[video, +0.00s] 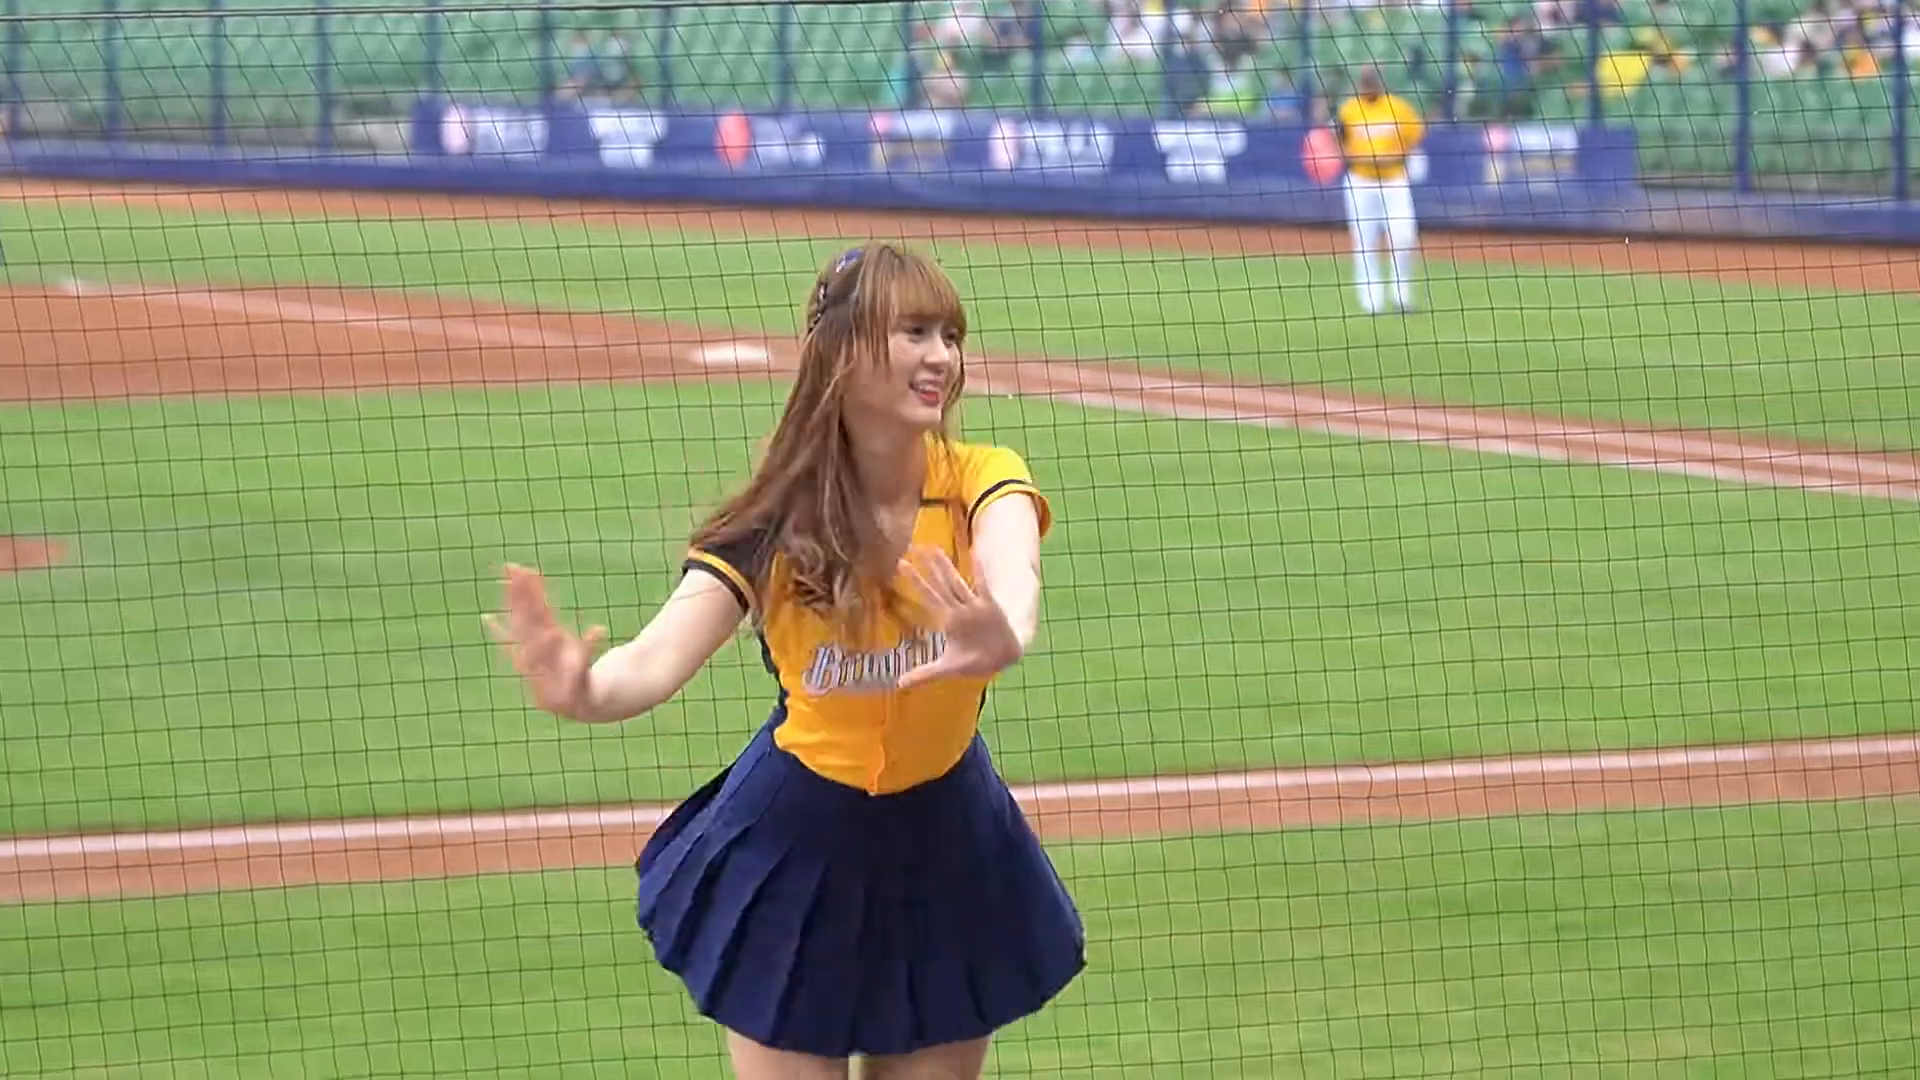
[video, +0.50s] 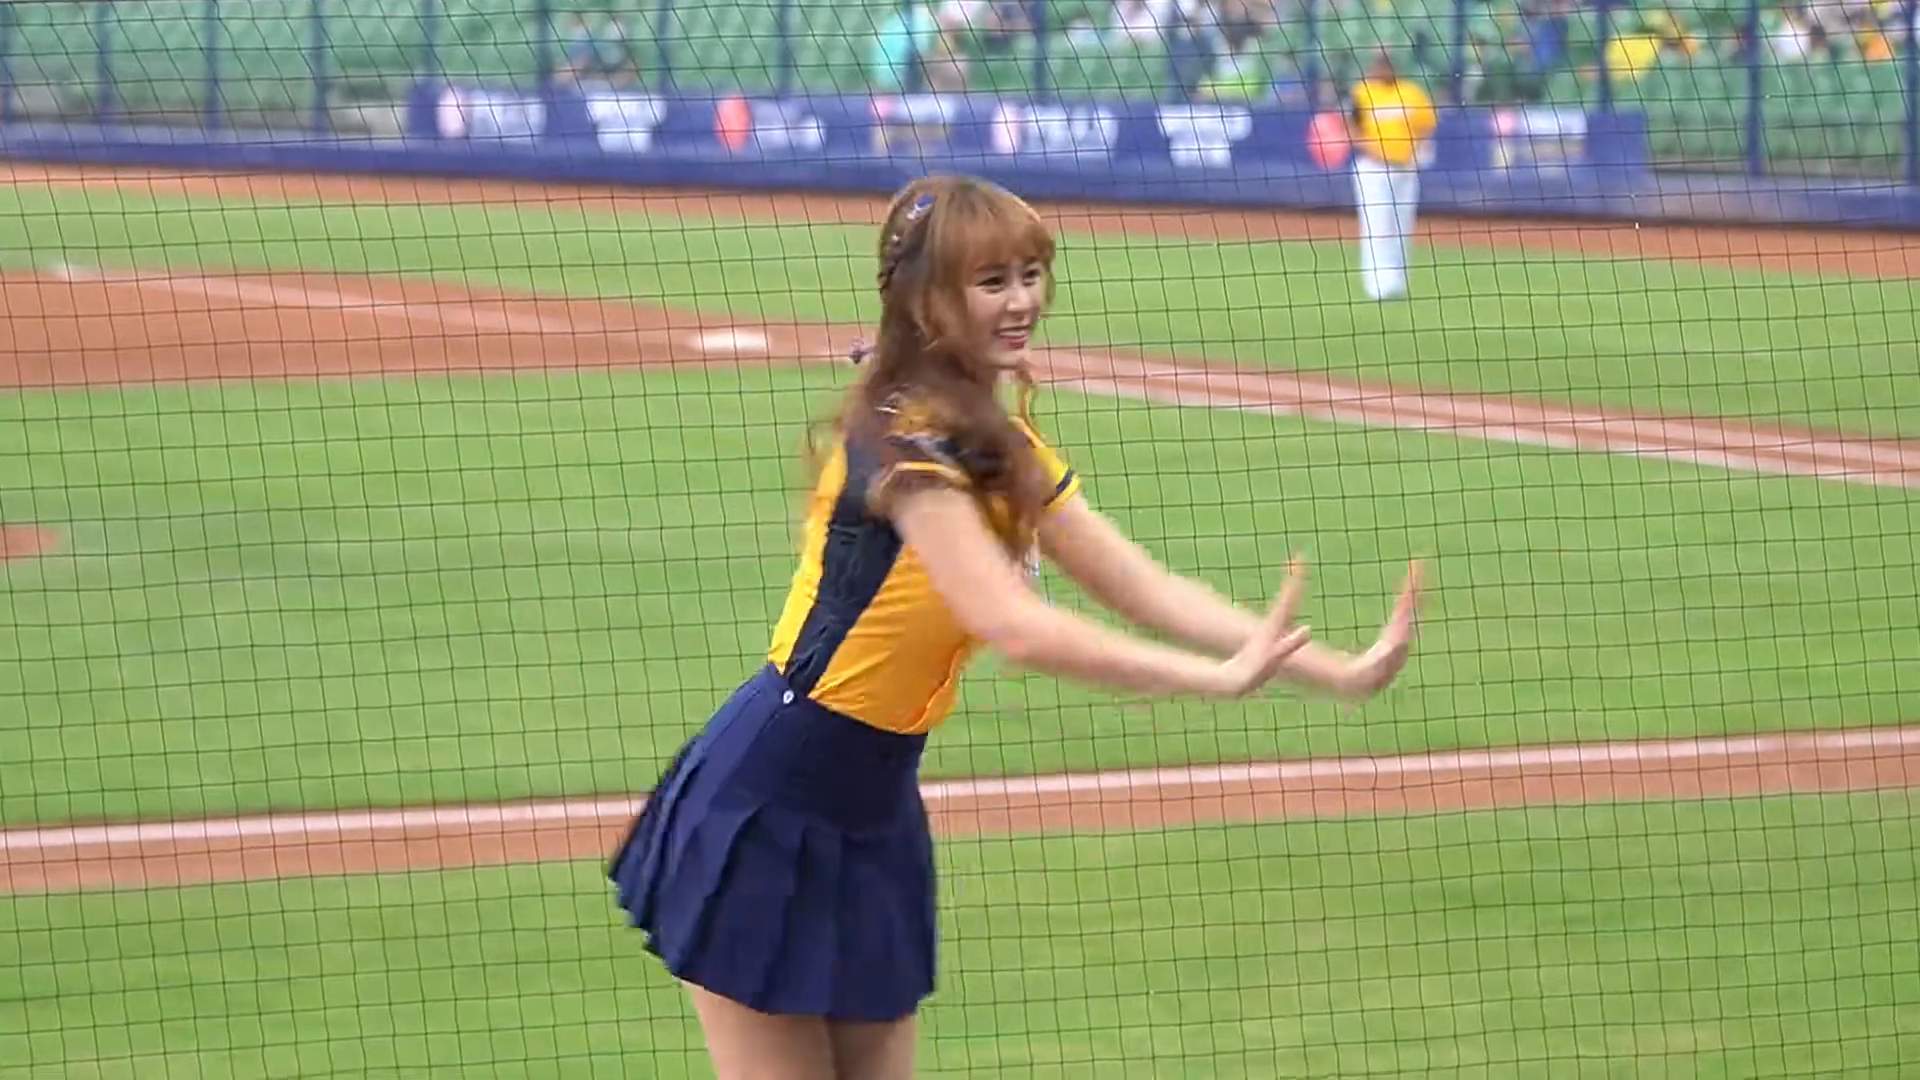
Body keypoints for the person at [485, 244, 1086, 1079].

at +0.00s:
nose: (939, 356)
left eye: (949, 336)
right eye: (913, 333)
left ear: (962, 355)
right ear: (843, 353)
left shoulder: (986, 479)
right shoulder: (776, 519)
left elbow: (1014, 587)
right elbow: (655, 657)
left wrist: (993, 641)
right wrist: (587, 690)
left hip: (942, 831)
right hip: (804, 831)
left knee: (939, 1059)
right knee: (786, 1060)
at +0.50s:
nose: (1024, 299)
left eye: (1033, 275)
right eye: (992, 280)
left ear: (1044, 281)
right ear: (925, 298)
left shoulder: (996, 436)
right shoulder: (904, 438)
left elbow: (1148, 589)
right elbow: (1011, 624)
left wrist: (1335, 674)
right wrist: (1216, 677)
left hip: (874, 802)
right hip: (768, 800)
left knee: (876, 1064)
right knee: (784, 1069)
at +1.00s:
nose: (935, 347)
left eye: (948, 323)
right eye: (908, 322)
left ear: (962, 327)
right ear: (839, 328)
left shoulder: (976, 461)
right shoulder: (758, 483)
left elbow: (1021, 638)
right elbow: (720, 692)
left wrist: (1030, 738)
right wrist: (817, 769)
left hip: (962, 810)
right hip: (825, 822)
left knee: (997, 1057)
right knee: (846, 1057)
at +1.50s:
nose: (947, 284)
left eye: (966, 260)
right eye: (916, 259)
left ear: (989, 277)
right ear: (854, 279)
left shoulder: (1031, 393)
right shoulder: (813, 447)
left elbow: (1028, 581)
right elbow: (727, 677)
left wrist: (970, 756)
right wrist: (628, 888)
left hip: (1019, 787)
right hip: (860, 784)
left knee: (1047, 1057)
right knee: (849, 1059)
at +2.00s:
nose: (1237, 240)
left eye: (1260, 216)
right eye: (1209, 216)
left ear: (1288, 230)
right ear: (1157, 231)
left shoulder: (1311, 370)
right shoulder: (1106, 356)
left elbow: (1487, 268)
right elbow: (913, 298)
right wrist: (941, 95)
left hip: (1225, 779)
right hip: (1089, 762)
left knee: (1279, 1064)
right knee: (1005, 1063)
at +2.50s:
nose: (1149, 286)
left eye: (1174, 266)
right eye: (1123, 258)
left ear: (1196, 289)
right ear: (1059, 267)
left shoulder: (1208, 433)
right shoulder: (949, 402)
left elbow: (1418, 475)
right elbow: (733, 317)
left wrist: (1620, 511)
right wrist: (762, 146)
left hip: (1140, 814)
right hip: (976, 814)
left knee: (1209, 1069)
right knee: (927, 1066)